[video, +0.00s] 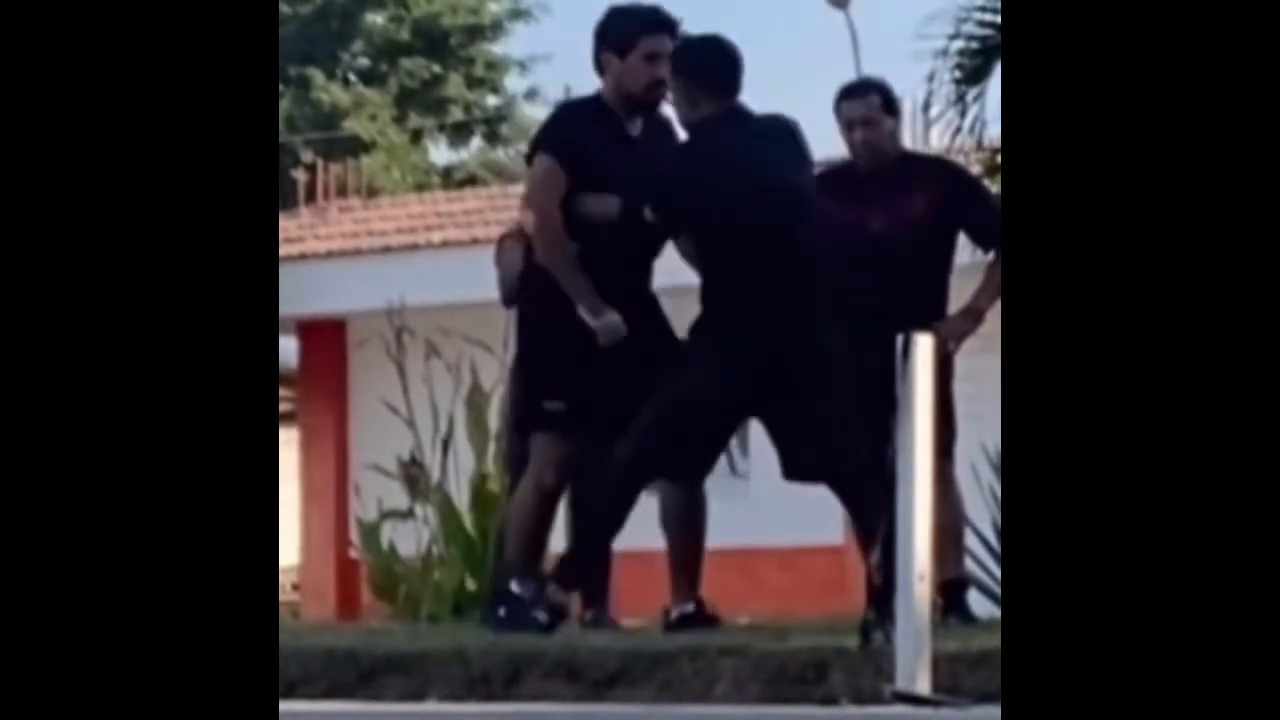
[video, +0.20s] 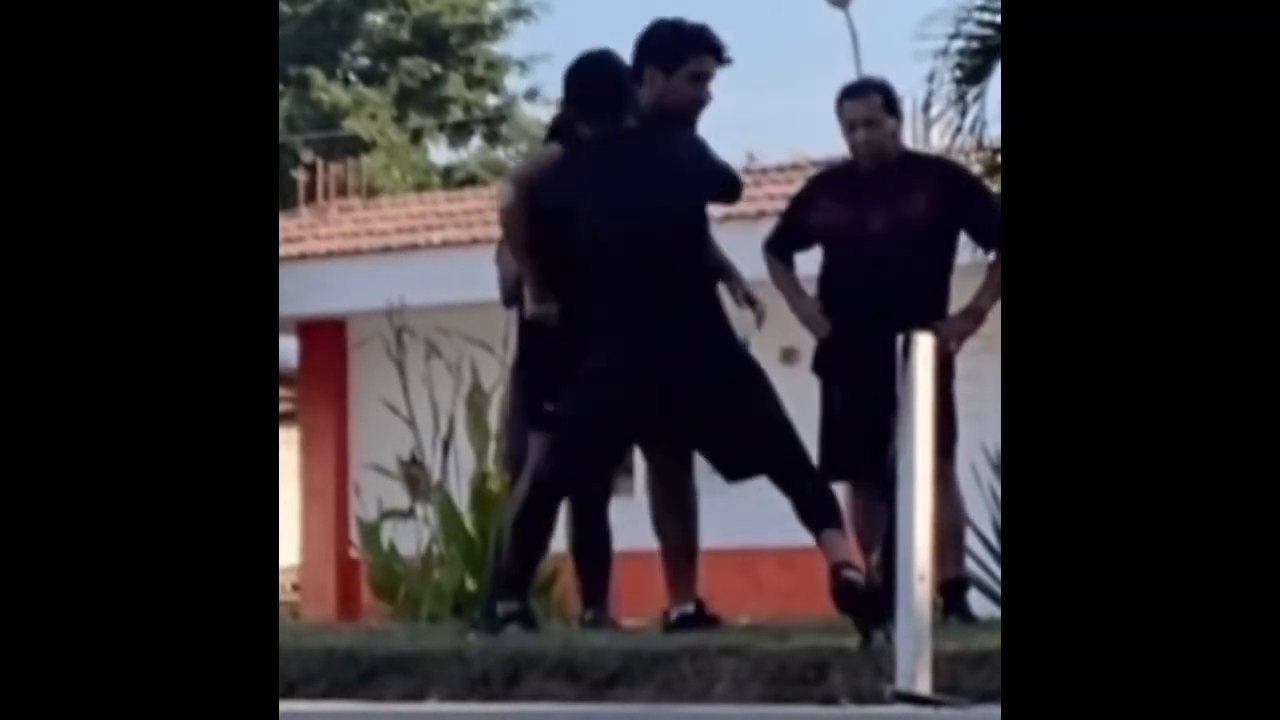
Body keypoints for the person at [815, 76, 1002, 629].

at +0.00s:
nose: (861, 135)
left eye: (870, 122)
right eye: (850, 126)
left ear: (895, 122)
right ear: (841, 133)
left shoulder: (939, 179)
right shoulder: (824, 187)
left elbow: (999, 242)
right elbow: (796, 262)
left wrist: (970, 315)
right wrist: (806, 326)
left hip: (919, 344)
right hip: (844, 344)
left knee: (932, 470)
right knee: (861, 474)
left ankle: (952, 589)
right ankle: (882, 595)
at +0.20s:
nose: (862, 137)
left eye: (872, 125)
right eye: (852, 127)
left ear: (897, 123)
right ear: (841, 132)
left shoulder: (942, 179)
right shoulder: (828, 187)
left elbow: (1000, 244)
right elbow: (775, 253)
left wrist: (971, 316)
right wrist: (812, 317)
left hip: (922, 351)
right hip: (850, 351)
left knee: (934, 475)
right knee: (864, 481)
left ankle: (951, 588)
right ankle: (875, 592)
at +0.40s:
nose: (863, 138)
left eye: (873, 125)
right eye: (852, 127)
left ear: (897, 123)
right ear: (841, 132)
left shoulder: (943, 179)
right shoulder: (828, 187)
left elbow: (1000, 244)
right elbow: (775, 251)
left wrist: (972, 315)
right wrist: (809, 314)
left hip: (922, 351)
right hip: (851, 351)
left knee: (934, 474)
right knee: (865, 481)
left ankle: (951, 588)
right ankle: (879, 592)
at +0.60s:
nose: (863, 137)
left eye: (872, 124)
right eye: (852, 127)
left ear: (898, 123)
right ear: (842, 132)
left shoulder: (942, 179)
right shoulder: (826, 189)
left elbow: (999, 243)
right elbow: (772, 262)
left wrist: (974, 315)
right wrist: (813, 318)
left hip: (923, 349)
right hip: (850, 351)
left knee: (934, 472)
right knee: (865, 482)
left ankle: (952, 590)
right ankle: (879, 599)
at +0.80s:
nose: (863, 137)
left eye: (873, 125)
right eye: (853, 127)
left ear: (899, 123)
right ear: (842, 132)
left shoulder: (943, 180)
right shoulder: (829, 188)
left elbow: (1001, 243)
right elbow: (777, 251)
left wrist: (973, 316)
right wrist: (814, 319)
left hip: (922, 348)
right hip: (851, 347)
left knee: (934, 473)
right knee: (865, 482)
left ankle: (951, 591)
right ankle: (878, 599)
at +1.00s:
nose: (863, 137)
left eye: (873, 125)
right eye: (853, 127)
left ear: (899, 123)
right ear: (843, 131)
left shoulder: (944, 180)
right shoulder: (830, 188)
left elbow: (1002, 246)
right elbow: (778, 251)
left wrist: (972, 317)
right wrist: (814, 319)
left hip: (922, 350)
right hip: (850, 349)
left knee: (933, 473)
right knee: (864, 479)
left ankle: (952, 591)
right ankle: (878, 596)